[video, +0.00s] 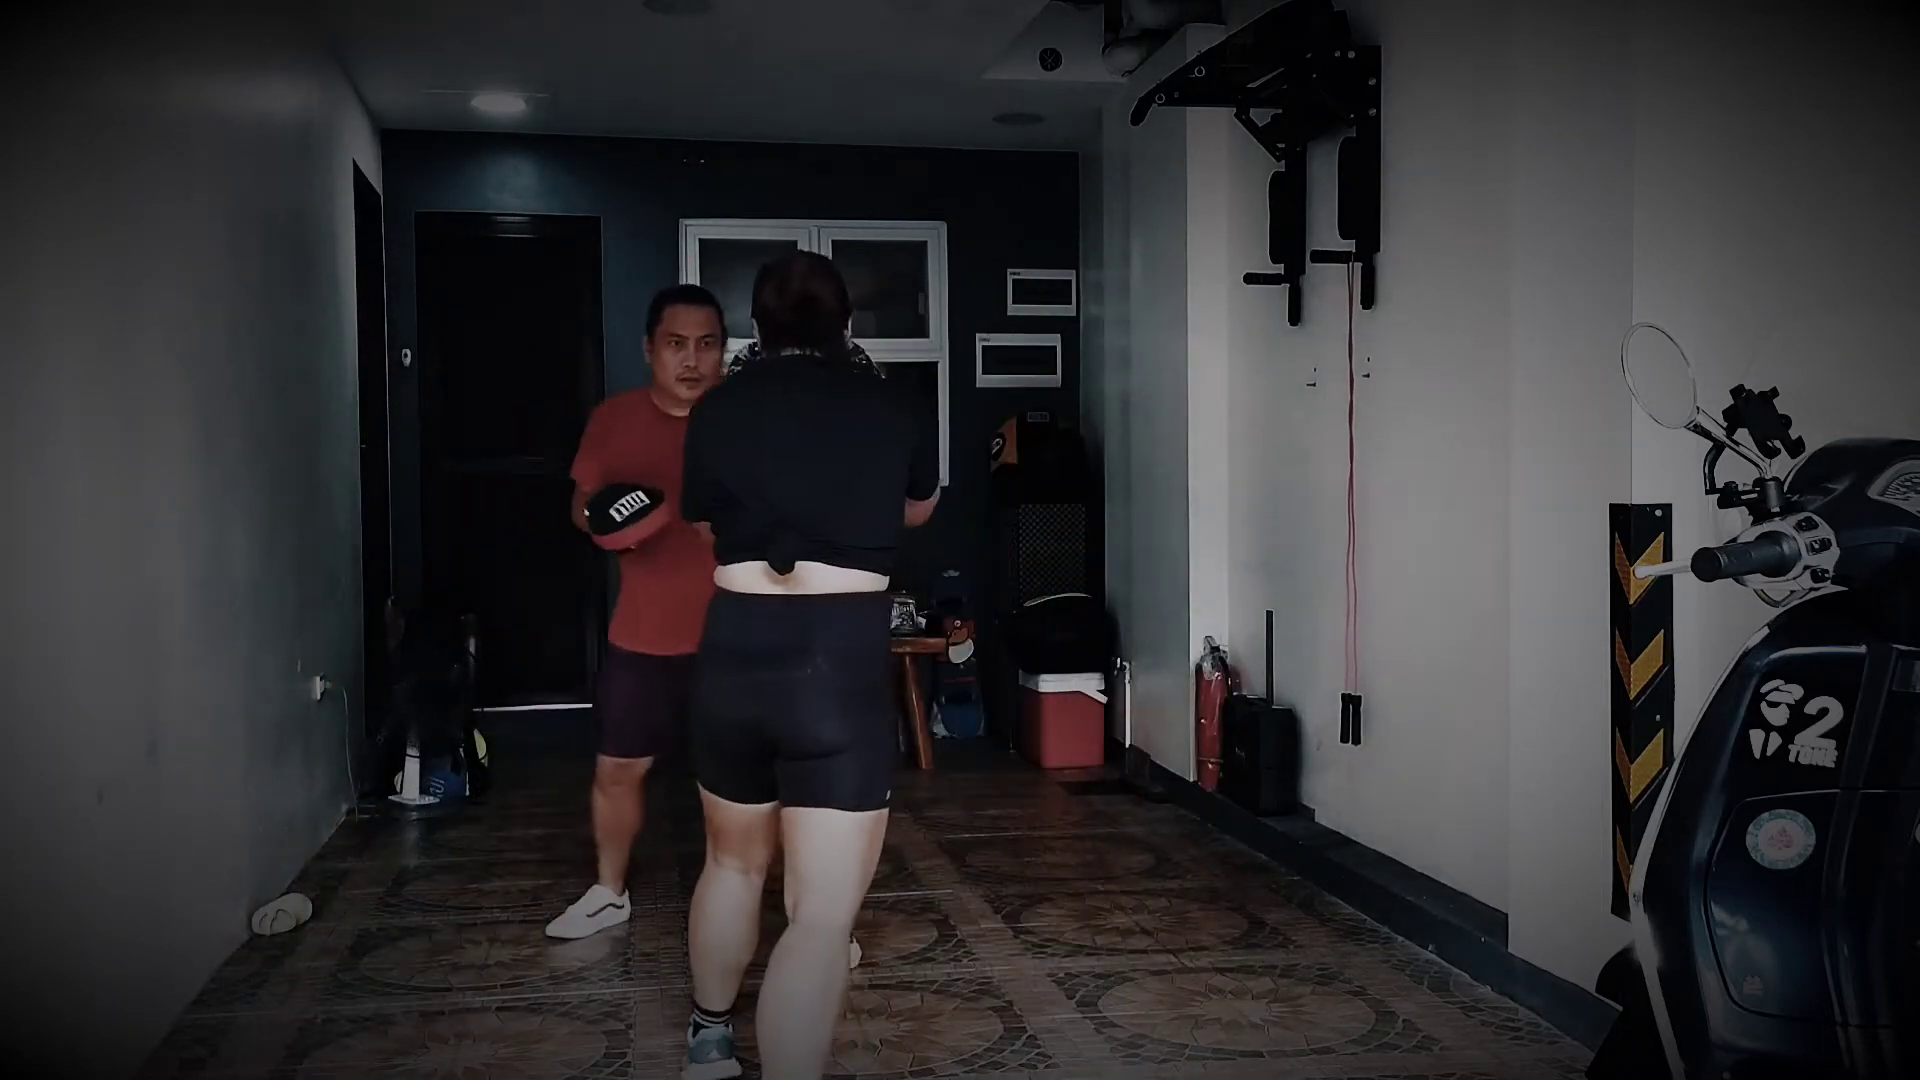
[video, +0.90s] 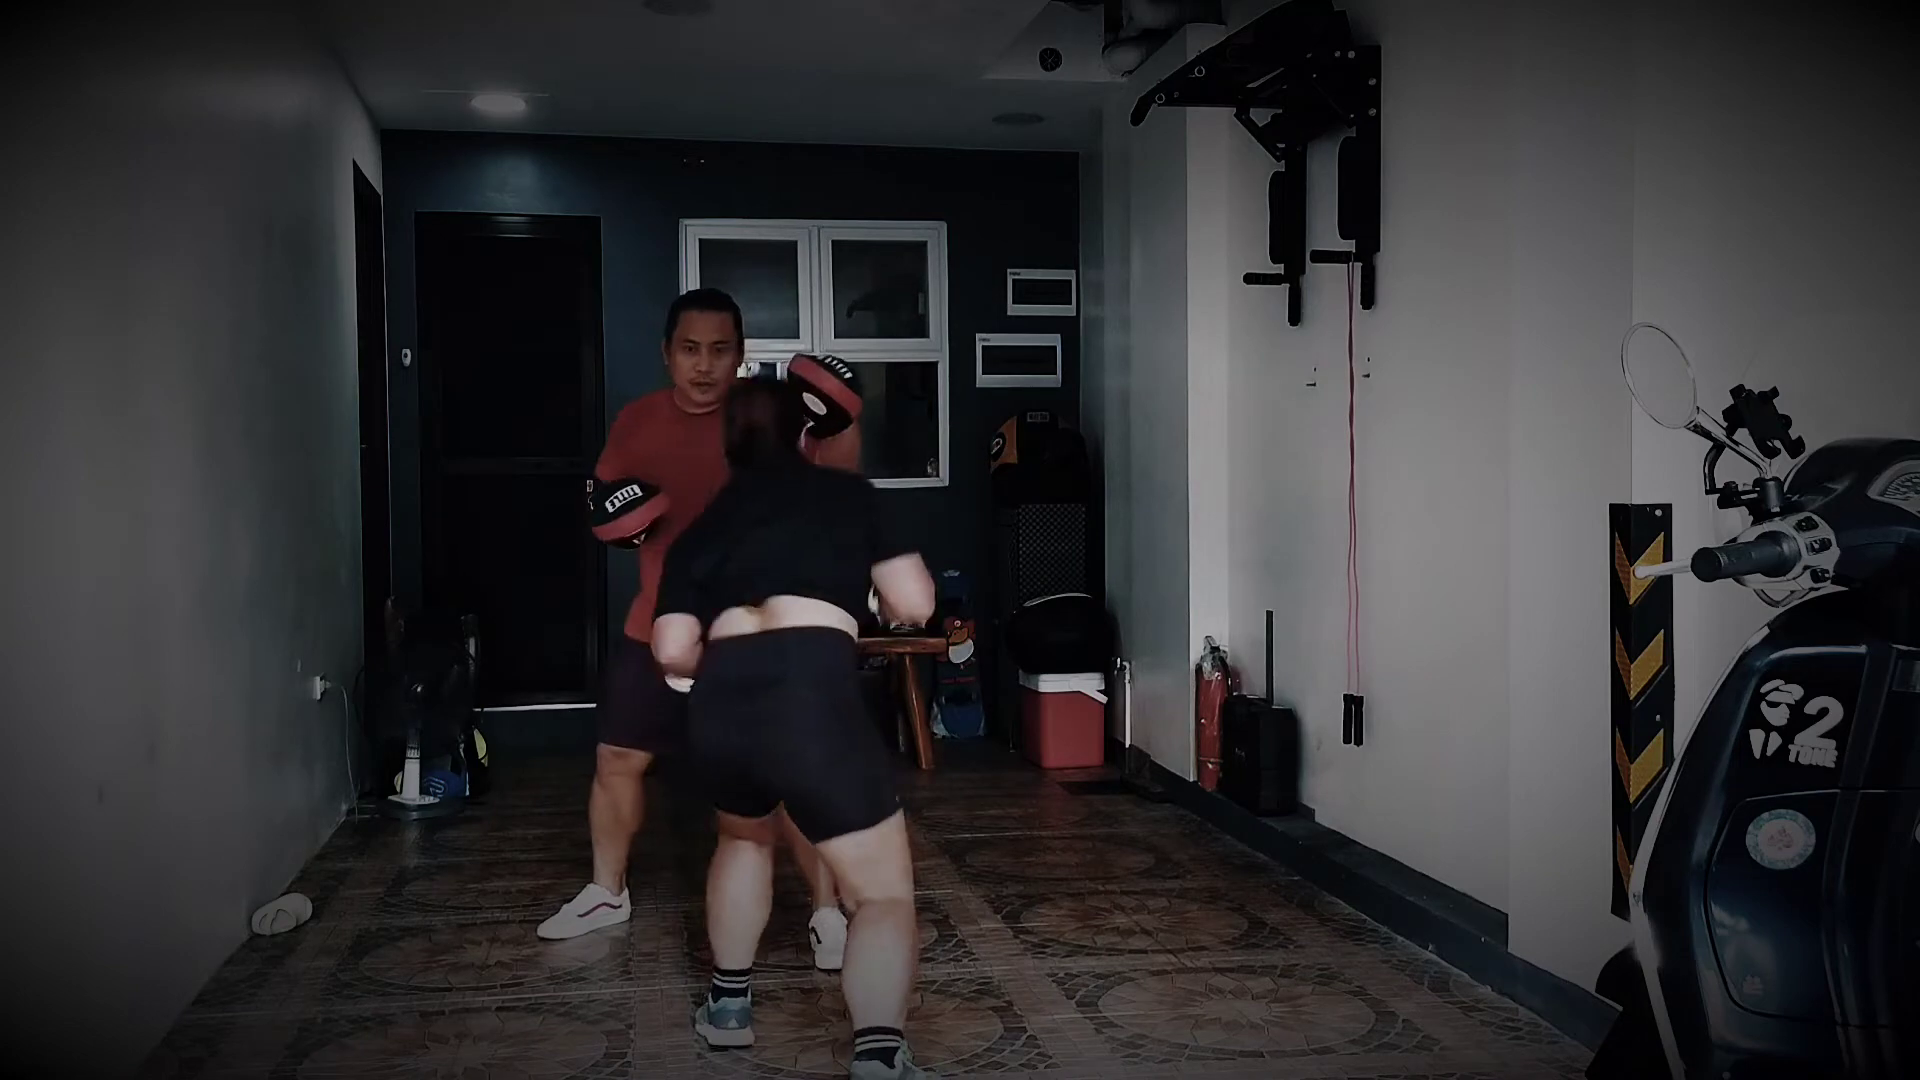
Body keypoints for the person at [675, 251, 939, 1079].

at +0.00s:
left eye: (729, 324)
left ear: (758, 324)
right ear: (845, 321)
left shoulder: (718, 410)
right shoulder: (891, 404)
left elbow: (699, 514)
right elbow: (918, 510)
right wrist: (822, 504)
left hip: (732, 667)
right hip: (843, 674)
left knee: (731, 862)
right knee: (821, 922)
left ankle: (709, 1032)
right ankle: (791, 1074)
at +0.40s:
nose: (714, 360)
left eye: (722, 350)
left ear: (733, 360)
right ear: (813, 362)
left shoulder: (692, 439)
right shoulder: (850, 440)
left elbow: (660, 529)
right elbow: (877, 543)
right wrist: (795, 523)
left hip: (705, 671)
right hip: (807, 680)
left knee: (720, 863)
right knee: (833, 908)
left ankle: (708, 1015)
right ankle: (799, 1069)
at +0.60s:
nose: (699, 362)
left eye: (707, 351)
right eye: (699, 348)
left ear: (721, 362)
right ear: (794, 362)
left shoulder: (676, 437)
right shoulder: (841, 430)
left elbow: (625, 552)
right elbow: (876, 535)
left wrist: (673, 489)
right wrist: (795, 512)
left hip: (723, 667)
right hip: (826, 663)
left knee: (724, 844)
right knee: (873, 868)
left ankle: (713, 1013)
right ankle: (862, 1039)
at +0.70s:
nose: (705, 377)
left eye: (716, 373)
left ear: (720, 407)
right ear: (796, 406)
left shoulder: (690, 484)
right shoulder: (845, 468)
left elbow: (644, 611)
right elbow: (888, 576)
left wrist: (621, 590)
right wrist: (814, 571)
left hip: (737, 693)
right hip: (843, 688)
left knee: (725, 837)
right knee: (881, 891)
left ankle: (725, 1003)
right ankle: (887, 1056)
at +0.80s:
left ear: (720, 452)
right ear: (795, 444)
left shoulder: (701, 534)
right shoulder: (846, 512)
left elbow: (685, 635)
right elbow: (904, 622)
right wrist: (842, 619)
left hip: (732, 721)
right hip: (839, 719)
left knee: (729, 844)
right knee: (886, 899)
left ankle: (730, 1008)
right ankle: (883, 1059)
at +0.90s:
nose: (832, 441)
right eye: (822, 430)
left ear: (730, 442)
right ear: (806, 436)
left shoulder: (701, 529)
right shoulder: (851, 495)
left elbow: (674, 651)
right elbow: (913, 605)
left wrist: (728, 669)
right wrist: (870, 598)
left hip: (719, 707)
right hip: (821, 704)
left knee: (744, 838)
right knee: (880, 895)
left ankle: (729, 1003)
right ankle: (878, 1050)